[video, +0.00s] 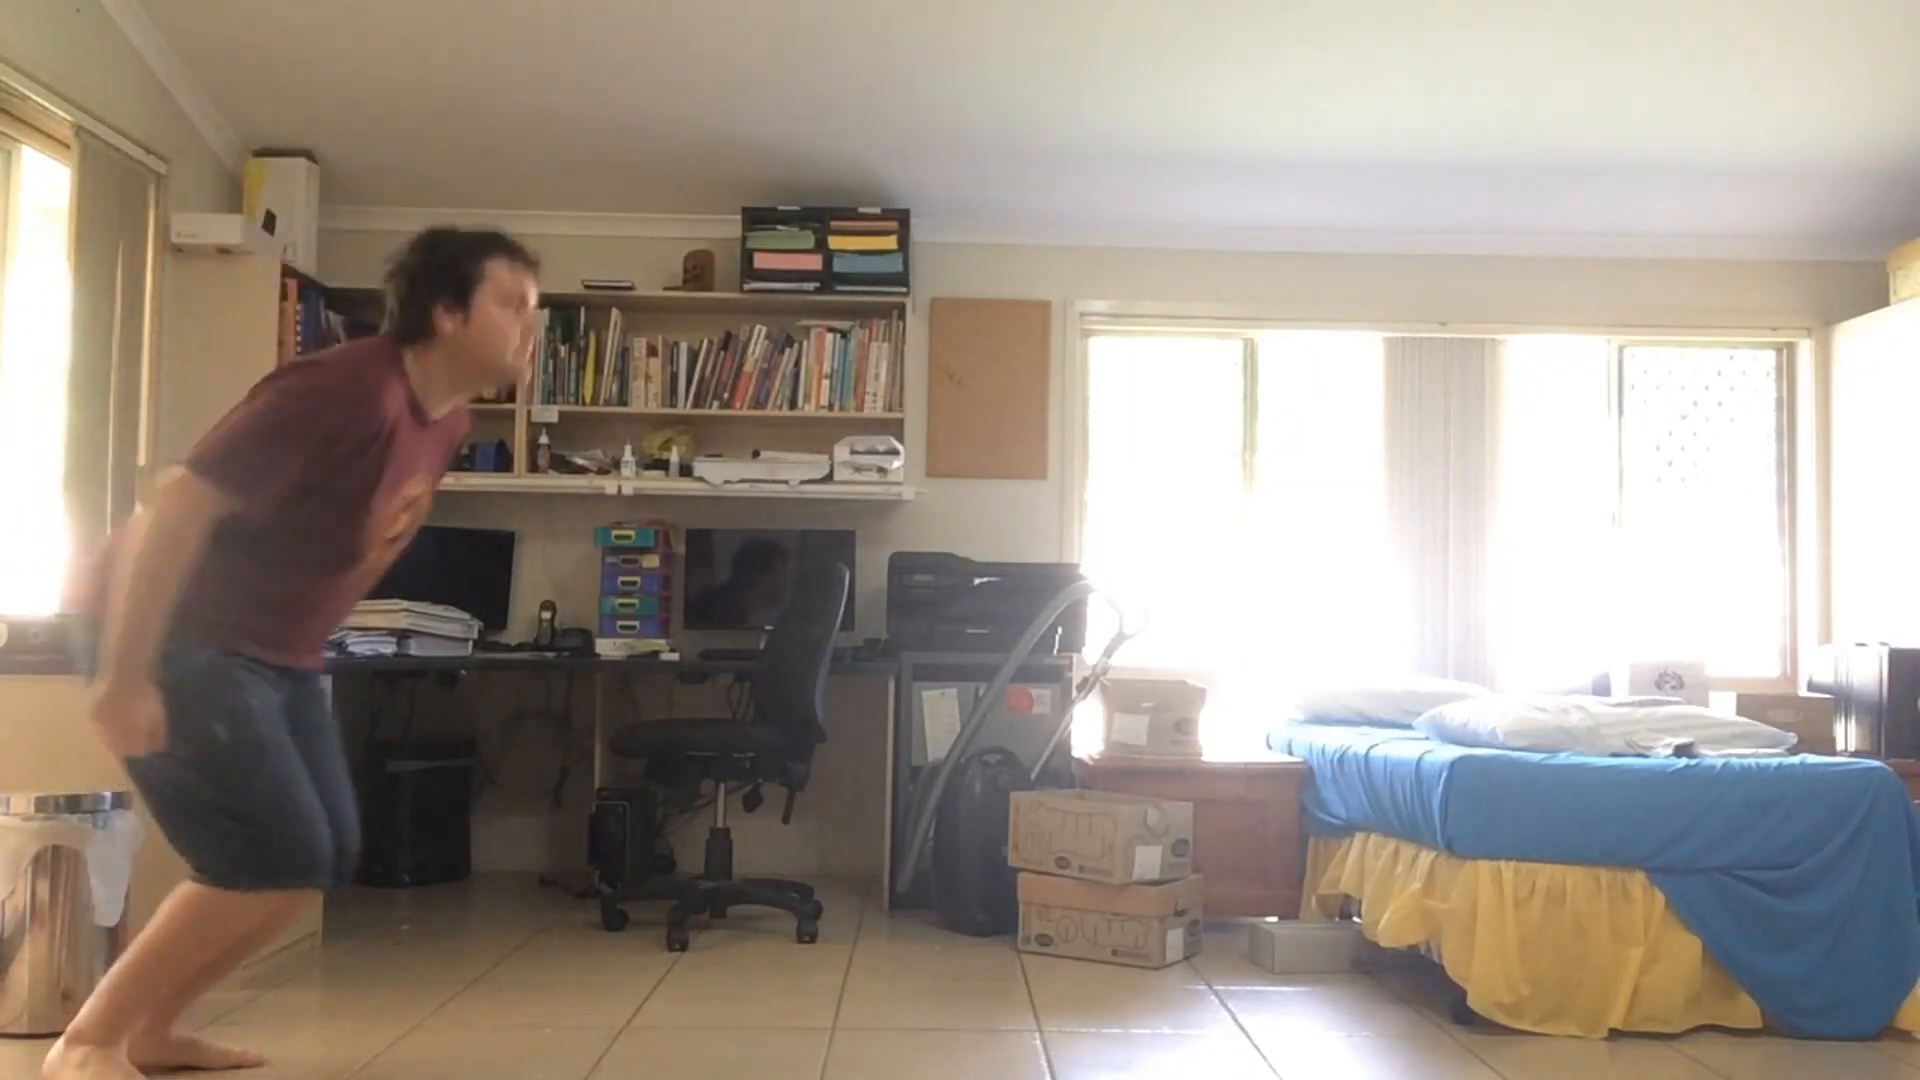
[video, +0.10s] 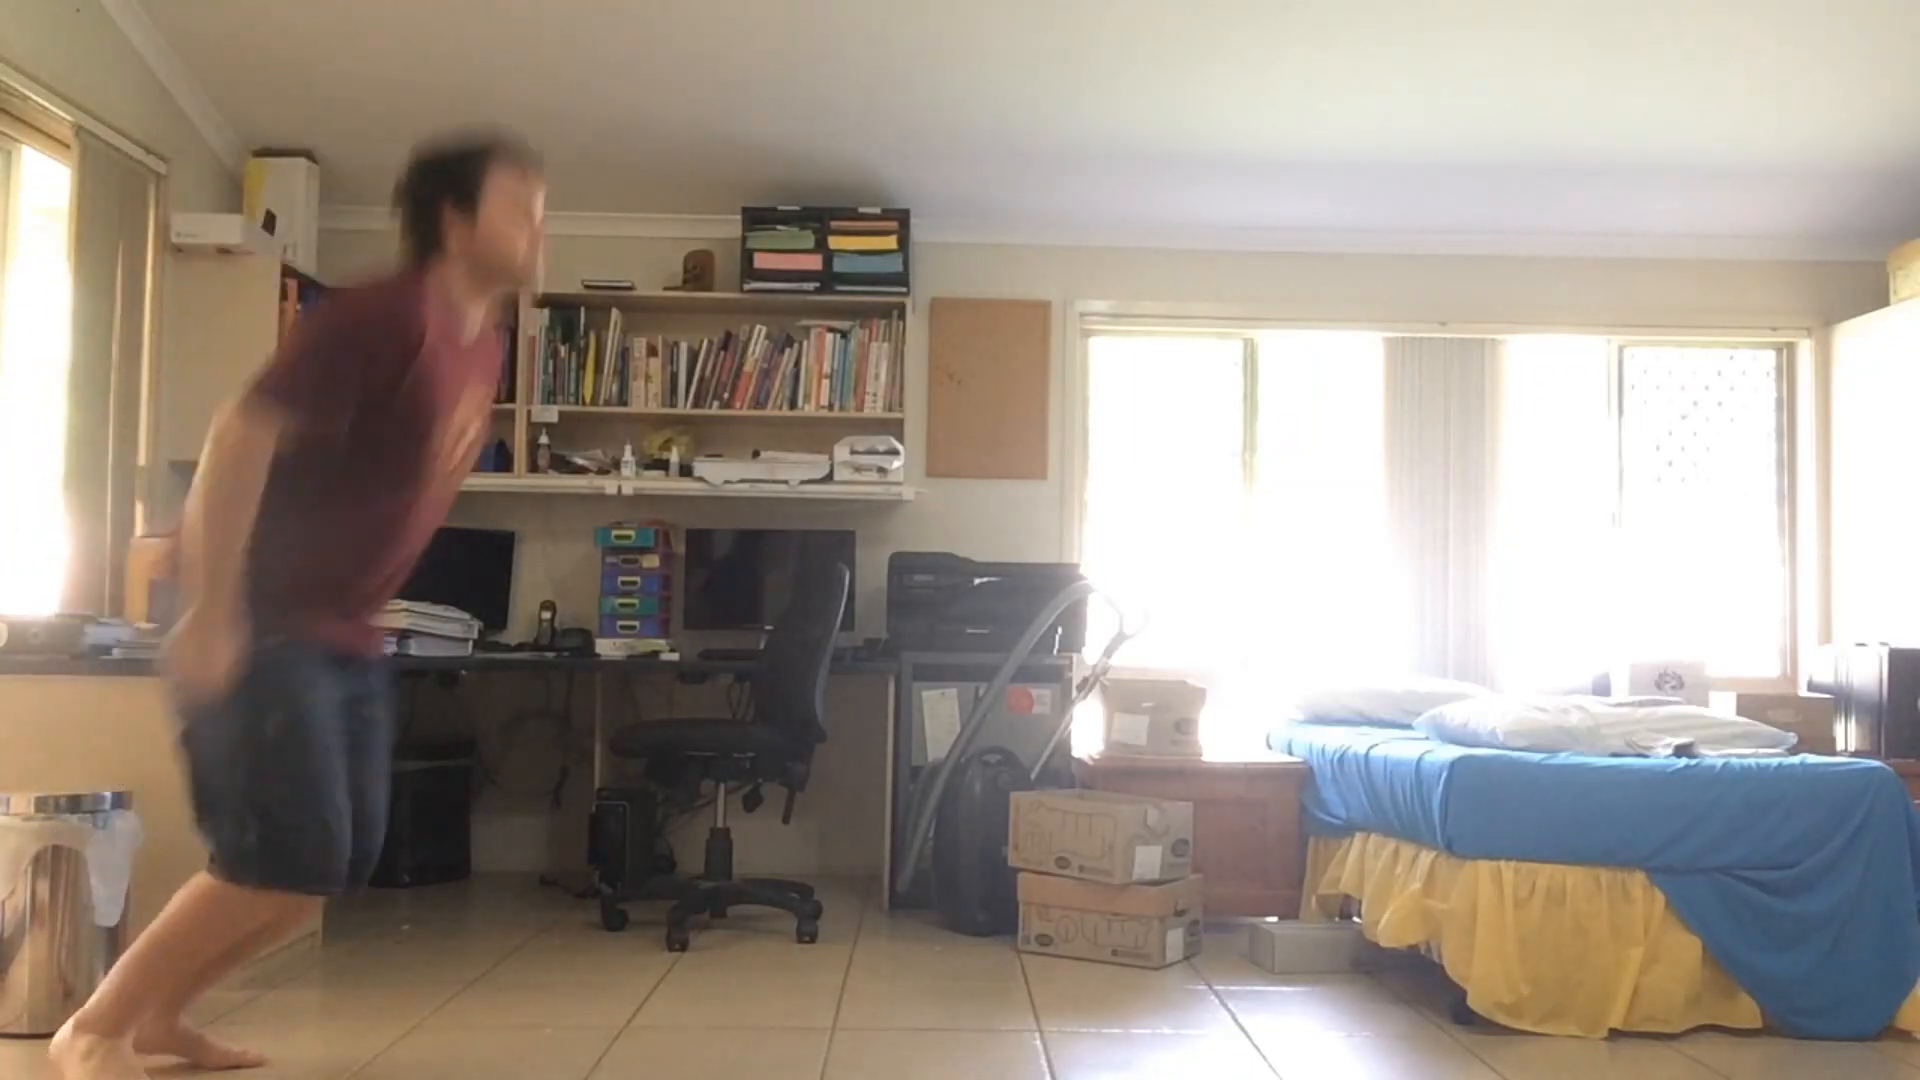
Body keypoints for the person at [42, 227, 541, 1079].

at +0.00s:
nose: (533, 327)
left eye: (534, 309)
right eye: (516, 306)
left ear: (471, 323)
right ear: (448, 316)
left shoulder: (448, 423)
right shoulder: (339, 388)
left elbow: (347, 541)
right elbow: (183, 498)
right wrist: (126, 676)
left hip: (292, 665)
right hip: (199, 651)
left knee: (318, 858)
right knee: (271, 862)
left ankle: (147, 1030)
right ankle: (84, 1049)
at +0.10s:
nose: (538, 229)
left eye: (539, 210)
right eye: (520, 208)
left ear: (500, 223)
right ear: (454, 217)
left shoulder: (486, 342)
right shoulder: (375, 316)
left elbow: (407, 472)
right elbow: (242, 430)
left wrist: (359, 594)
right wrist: (210, 609)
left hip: (351, 633)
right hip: (268, 625)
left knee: (333, 858)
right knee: (283, 856)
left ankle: (156, 1019)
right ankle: (92, 1032)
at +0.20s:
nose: (569, 117)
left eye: (574, 100)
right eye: (553, 94)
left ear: (523, 109)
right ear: (486, 94)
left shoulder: (516, 220)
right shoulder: (406, 181)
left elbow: (501, 354)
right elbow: (301, 305)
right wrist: (326, 476)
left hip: (461, 544)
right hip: (383, 535)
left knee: (332, 786)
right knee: (282, 774)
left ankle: (215, 980)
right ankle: (137, 985)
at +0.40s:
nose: (781, 58)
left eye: (785, 36)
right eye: (767, 31)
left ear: (728, 32)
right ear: (703, 24)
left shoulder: (669, 136)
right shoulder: (607, 90)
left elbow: (596, 281)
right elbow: (511, 235)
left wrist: (600, 426)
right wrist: (535, 420)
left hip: (574, 426)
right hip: (515, 421)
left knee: (558, 664)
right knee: (578, 669)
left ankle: (479, 915)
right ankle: (510, 938)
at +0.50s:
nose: (867, 104)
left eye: (870, 83)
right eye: (855, 77)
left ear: (810, 81)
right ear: (790, 69)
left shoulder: (752, 175)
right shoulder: (710, 137)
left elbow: (653, 293)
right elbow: (588, 274)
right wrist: (611, 461)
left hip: (639, 455)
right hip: (588, 449)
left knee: (659, 710)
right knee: (678, 703)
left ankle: (671, 981)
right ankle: (660, 989)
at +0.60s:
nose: (928, 171)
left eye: (927, 150)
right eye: (913, 146)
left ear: (858, 156)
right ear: (849, 150)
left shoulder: (810, 257)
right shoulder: (778, 232)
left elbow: (731, 403)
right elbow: (670, 367)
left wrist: (770, 560)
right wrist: (693, 568)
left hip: (734, 558)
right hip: (692, 559)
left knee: (770, 806)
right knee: (798, 804)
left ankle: (676, 1038)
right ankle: (657, 1045)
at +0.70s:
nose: (974, 180)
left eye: (967, 160)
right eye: (958, 161)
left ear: (907, 184)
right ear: (902, 182)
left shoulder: (879, 291)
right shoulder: (851, 278)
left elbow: (831, 447)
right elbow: (786, 435)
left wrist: (852, 612)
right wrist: (790, 625)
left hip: (822, 619)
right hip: (778, 619)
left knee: (834, 852)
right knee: (841, 858)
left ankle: (676, 1038)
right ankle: (658, 1049)